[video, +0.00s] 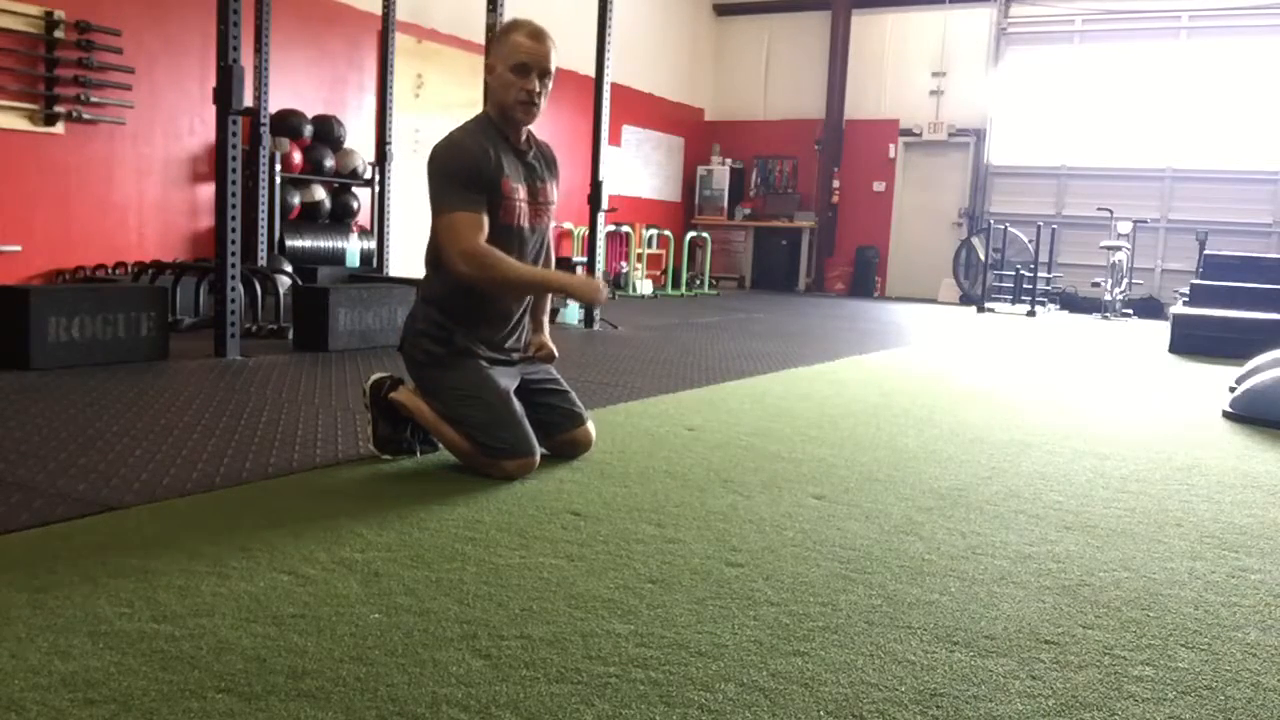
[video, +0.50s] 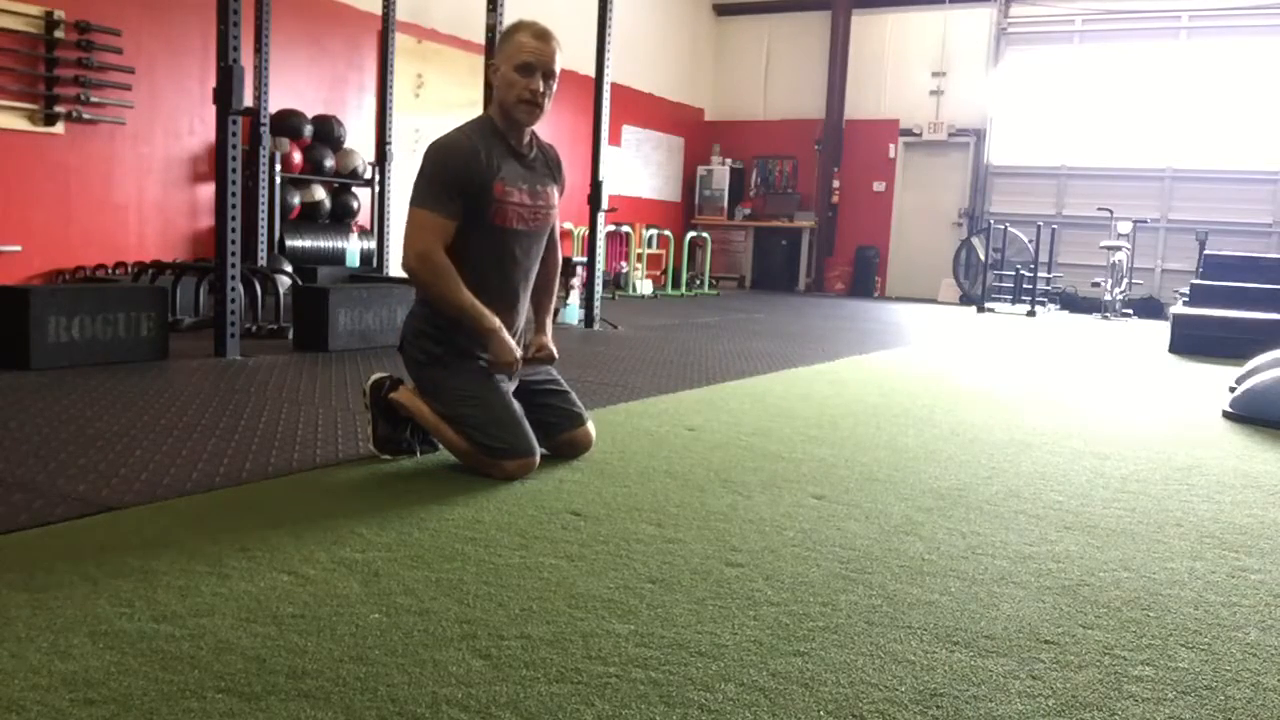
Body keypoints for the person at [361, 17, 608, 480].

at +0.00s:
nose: (532, 87)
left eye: (543, 76)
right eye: (519, 71)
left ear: (551, 84)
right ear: (488, 71)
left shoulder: (544, 158)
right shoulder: (462, 151)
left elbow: (541, 251)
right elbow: (463, 255)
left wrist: (540, 328)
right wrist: (566, 282)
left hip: (515, 344)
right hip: (451, 347)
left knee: (574, 439)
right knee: (514, 462)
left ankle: (450, 406)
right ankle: (399, 398)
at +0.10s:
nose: (535, 86)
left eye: (546, 75)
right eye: (522, 70)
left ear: (554, 84)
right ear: (490, 72)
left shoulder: (545, 159)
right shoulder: (462, 151)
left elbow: (545, 248)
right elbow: (451, 255)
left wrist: (540, 328)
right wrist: (546, 298)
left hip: (514, 342)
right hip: (452, 346)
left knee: (574, 439)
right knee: (514, 462)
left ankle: (445, 411)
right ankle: (399, 399)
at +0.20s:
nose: (538, 86)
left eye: (548, 76)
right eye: (525, 70)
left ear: (556, 86)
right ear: (493, 71)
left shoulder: (547, 160)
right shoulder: (460, 152)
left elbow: (548, 247)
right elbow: (441, 260)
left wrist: (540, 323)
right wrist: (526, 318)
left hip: (514, 342)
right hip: (451, 345)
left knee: (574, 439)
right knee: (514, 463)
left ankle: (445, 412)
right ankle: (398, 399)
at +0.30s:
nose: (540, 87)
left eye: (550, 77)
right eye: (527, 70)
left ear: (557, 86)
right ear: (494, 72)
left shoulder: (548, 161)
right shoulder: (459, 153)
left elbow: (549, 247)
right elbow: (427, 257)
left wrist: (543, 327)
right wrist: (501, 324)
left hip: (513, 338)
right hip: (448, 345)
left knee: (574, 439)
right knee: (514, 463)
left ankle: (446, 411)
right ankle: (399, 399)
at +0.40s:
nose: (539, 87)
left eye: (550, 77)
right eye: (526, 70)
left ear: (557, 87)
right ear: (494, 72)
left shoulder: (548, 161)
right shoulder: (458, 152)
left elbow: (549, 247)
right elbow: (420, 255)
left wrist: (543, 328)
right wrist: (492, 327)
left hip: (513, 339)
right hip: (448, 345)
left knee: (574, 439)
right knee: (514, 463)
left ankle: (445, 411)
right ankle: (398, 399)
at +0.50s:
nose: (538, 87)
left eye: (549, 77)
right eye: (525, 70)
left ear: (556, 87)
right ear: (493, 72)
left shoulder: (548, 160)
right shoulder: (456, 152)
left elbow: (549, 247)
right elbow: (420, 256)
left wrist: (543, 328)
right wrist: (493, 330)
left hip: (513, 338)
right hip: (447, 345)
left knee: (573, 439)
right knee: (514, 463)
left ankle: (445, 411)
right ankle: (398, 399)